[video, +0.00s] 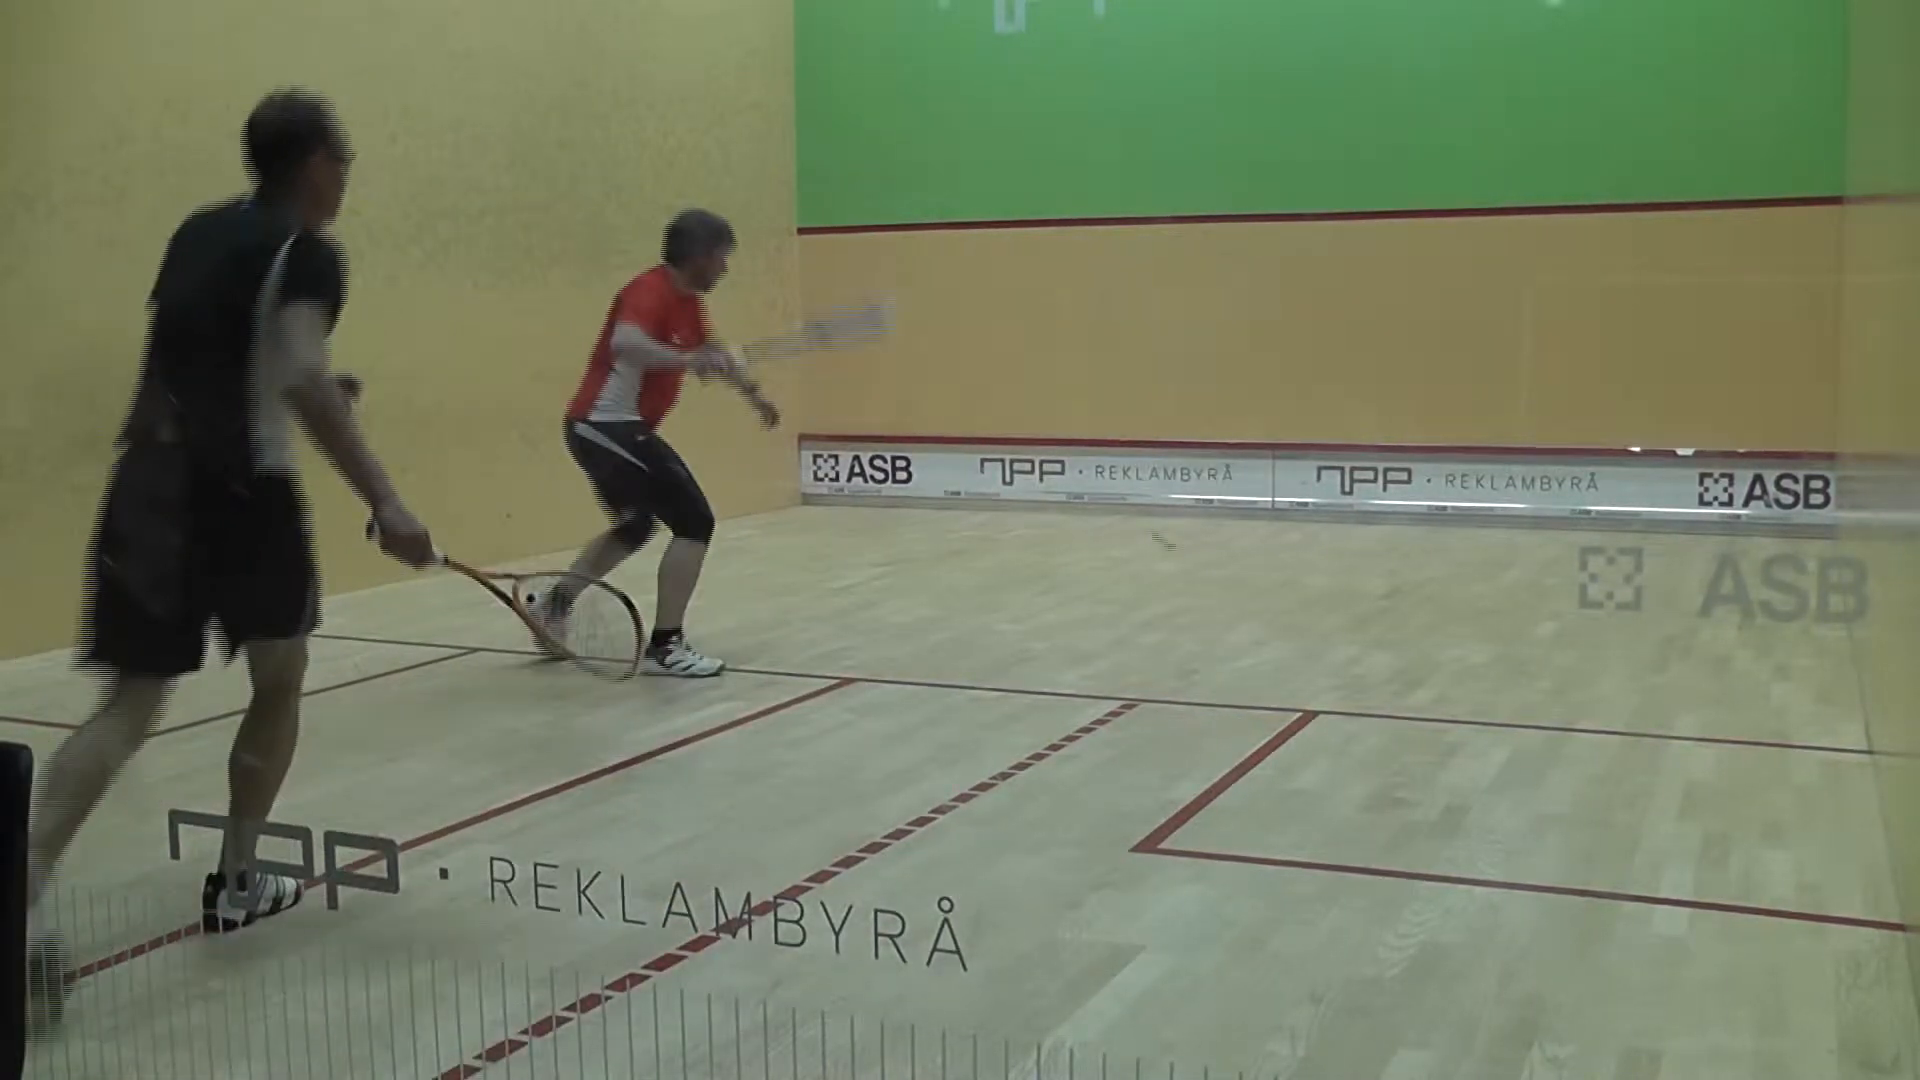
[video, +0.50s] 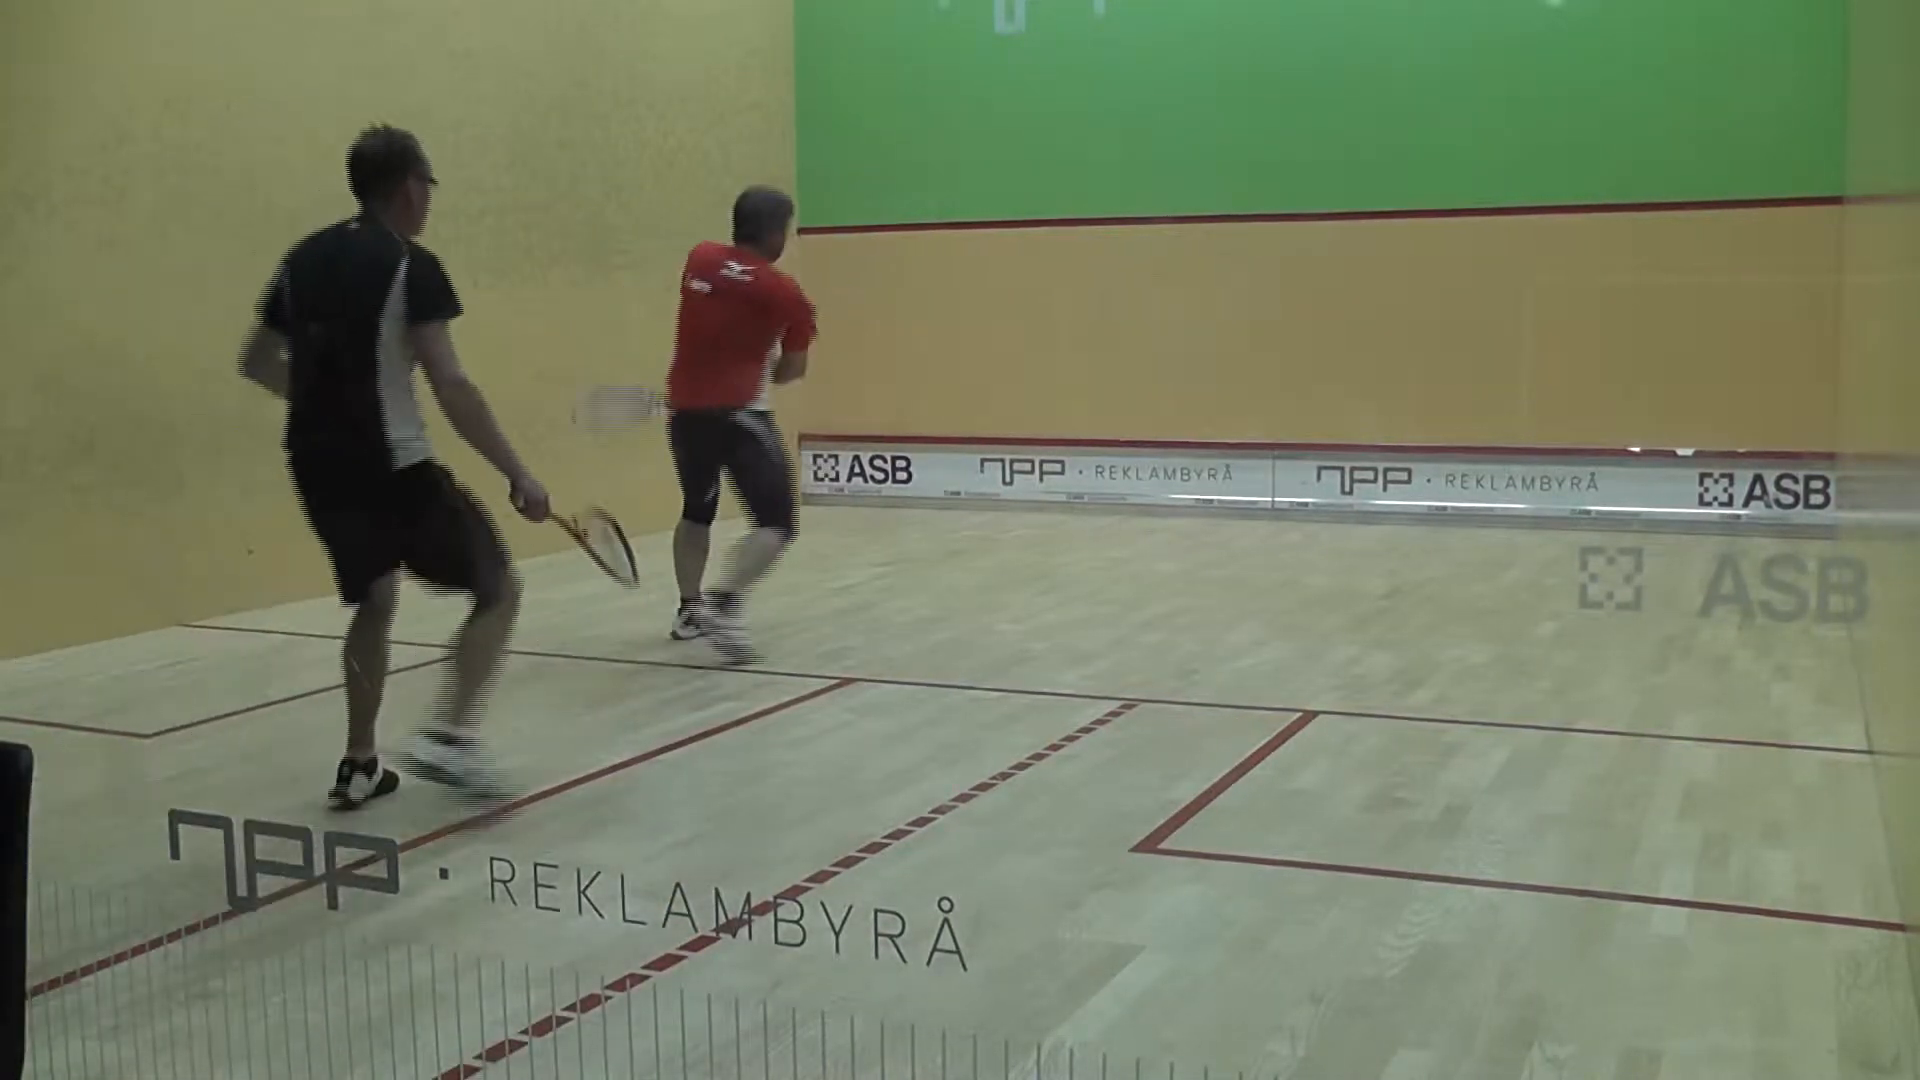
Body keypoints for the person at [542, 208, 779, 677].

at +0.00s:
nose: (726, 266)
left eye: (727, 257)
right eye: (721, 256)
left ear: (695, 258)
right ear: (694, 255)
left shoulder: (689, 304)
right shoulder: (648, 291)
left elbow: (712, 355)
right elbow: (626, 346)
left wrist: (755, 394)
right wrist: (690, 361)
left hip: (619, 426)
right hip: (606, 426)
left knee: (634, 526)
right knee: (694, 521)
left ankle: (553, 604)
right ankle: (665, 645)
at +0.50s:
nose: (790, 237)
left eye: (789, 228)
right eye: (789, 228)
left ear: (739, 227)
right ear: (778, 233)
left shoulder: (701, 257)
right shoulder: (784, 291)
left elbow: (708, 324)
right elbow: (792, 368)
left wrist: (759, 354)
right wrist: (753, 366)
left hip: (686, 412)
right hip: (739, 414)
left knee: (696, 509)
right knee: (777, 522)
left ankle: (689, 611)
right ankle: (721, 605)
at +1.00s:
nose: (864, 218)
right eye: (869, 211)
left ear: (827, 214)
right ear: (872, 217)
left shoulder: (790, 264)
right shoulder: (884, 276)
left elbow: (770, 336)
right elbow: (919, 357)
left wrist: (814, 360)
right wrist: (956, 412)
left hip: (792, 413)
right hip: (853, 413)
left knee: (775, 512)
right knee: (877, 522)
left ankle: (755, 619)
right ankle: (867, 637)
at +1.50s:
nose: (900, 214)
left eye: (893, 205)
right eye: (900, 207)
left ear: (851, 207)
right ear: (895, 210)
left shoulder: (832, 248)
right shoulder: (881, 260)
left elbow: (845, 336)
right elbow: (885, 347)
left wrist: (893, 404)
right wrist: (917, 405)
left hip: (812, 395)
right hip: (861, 399)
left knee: (806, 506)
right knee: (880, 516)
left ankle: (770, 619)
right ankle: (867, 636)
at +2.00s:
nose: (916, 269)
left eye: (918, 259)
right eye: (915, 258)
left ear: (879, 253)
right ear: (897, 256)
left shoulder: (867, 298)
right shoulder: (854, 292)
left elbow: (867, 380)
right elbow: (849, 362)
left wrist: (909, 427)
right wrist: (922, 398)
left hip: (808, 424)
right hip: (810, 423)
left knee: (831, 530)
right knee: (899, 501)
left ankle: (743, 599)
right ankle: (884, 624)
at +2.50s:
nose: (942, 268)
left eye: (945, 259)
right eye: (938, 258)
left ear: (905, 251)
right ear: (909, 251)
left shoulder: (883, 280)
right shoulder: (868, 301)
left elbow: (879, 341)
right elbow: (864, 398)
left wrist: (907, 375)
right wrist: (921, 439)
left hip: (831, 411)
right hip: (829, 417)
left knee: (834, 515)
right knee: (901, 513)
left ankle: (751, 591)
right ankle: (906, 636)